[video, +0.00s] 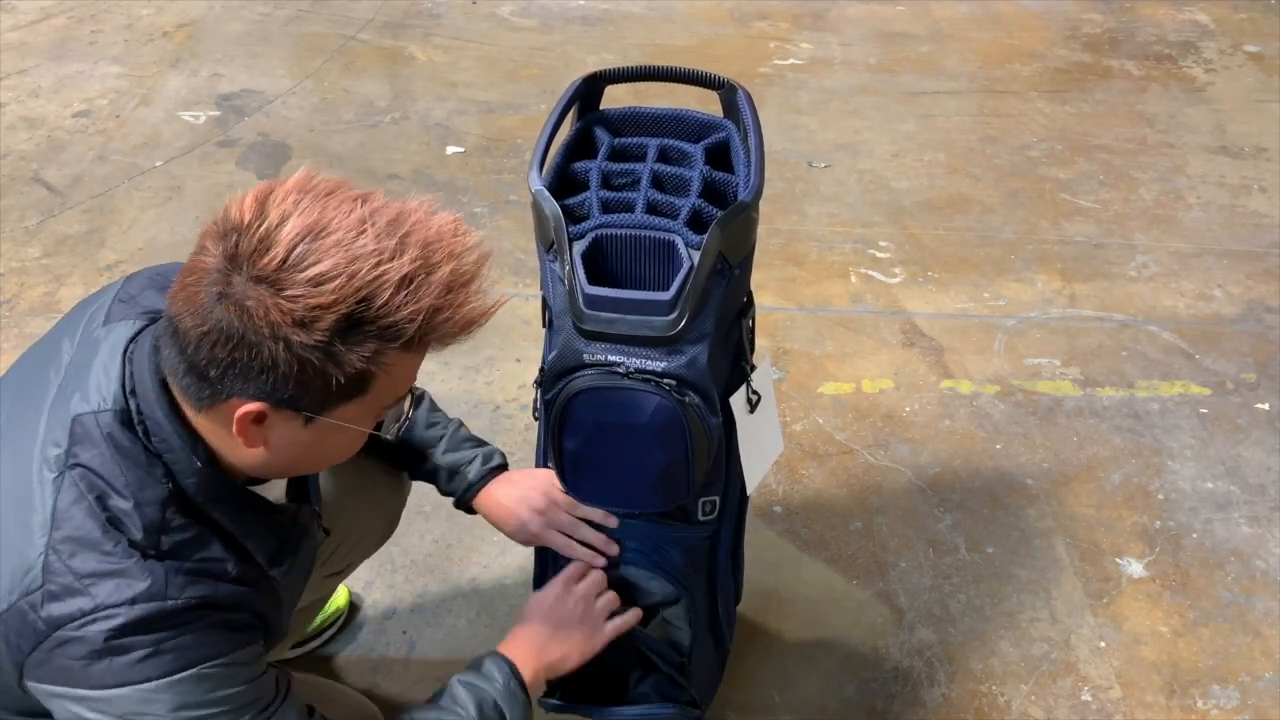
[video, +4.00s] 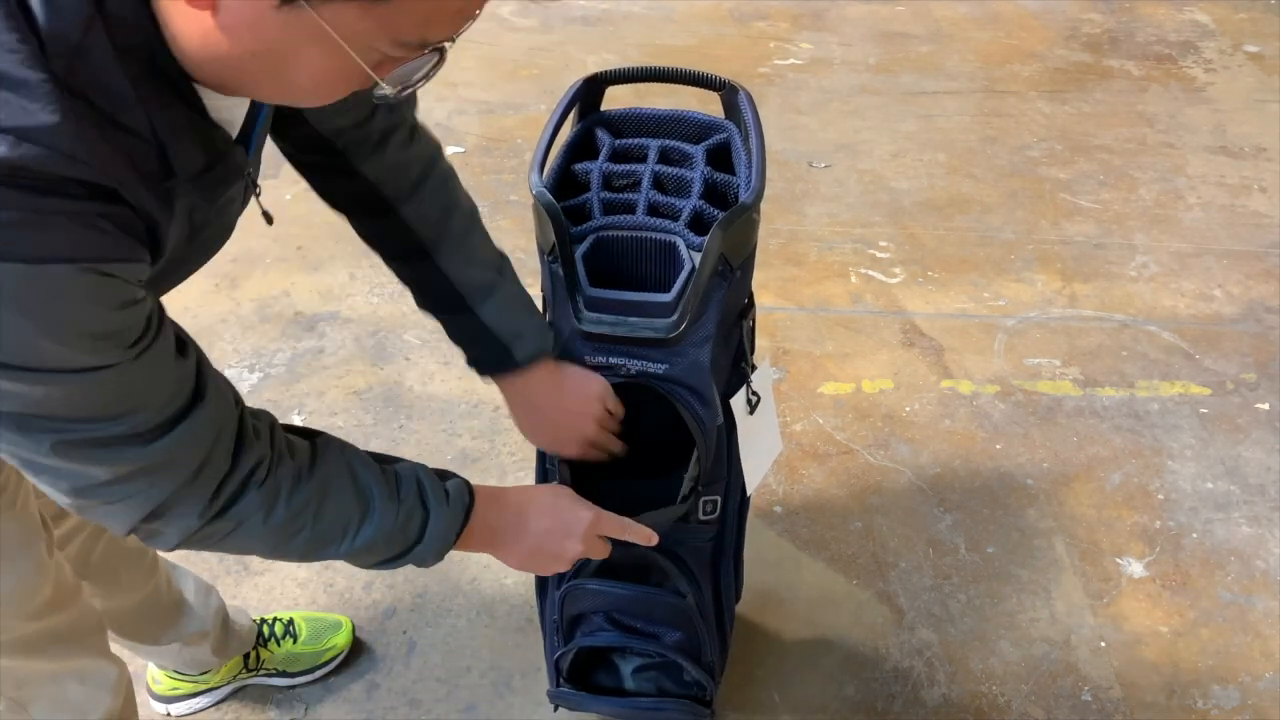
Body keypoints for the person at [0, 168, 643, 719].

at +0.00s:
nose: (387, 427)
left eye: (392, 405)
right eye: (371, 419)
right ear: (255, 425)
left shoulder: (177, 303)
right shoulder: (135, 635)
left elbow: (373, 394)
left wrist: (487, 482)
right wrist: (525, 660)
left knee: (375, 487)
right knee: (483, 694)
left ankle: (274, 627)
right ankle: (284, 683)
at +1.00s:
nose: (301, 384)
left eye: (317, 328)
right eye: (245, 350)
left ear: (330, 286)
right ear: (126, 338)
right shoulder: (100, 605)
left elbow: (401, 396)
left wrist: (562, 537)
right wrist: (529, 712)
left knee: (377, 490)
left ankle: (264, 642)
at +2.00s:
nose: (393, 71)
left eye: (409, 44)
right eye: (397, 38)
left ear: (246, 6)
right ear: (250, 6)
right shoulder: (61, 211)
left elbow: (253, 216)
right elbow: (176, 550)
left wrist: (428, 333)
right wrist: (430, 483)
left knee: (187, 473)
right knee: (91, 694)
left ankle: (224, 639)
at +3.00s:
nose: (462, 12)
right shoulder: (134, 104)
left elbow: (264, 244)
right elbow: (350, 451)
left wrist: (442, 354)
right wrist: (612, 409)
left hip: (16, 390)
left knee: (91, 539)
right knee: (54, 670)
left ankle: (203, 655)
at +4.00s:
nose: (408, 82)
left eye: (426, 56)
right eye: (398, 57)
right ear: (238, 13)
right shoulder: (32, 223)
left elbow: (373, 149)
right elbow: (201, 480)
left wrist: (523, 364)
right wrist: (479, 518)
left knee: (83, 513)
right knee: (39, 622)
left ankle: (200, 653)